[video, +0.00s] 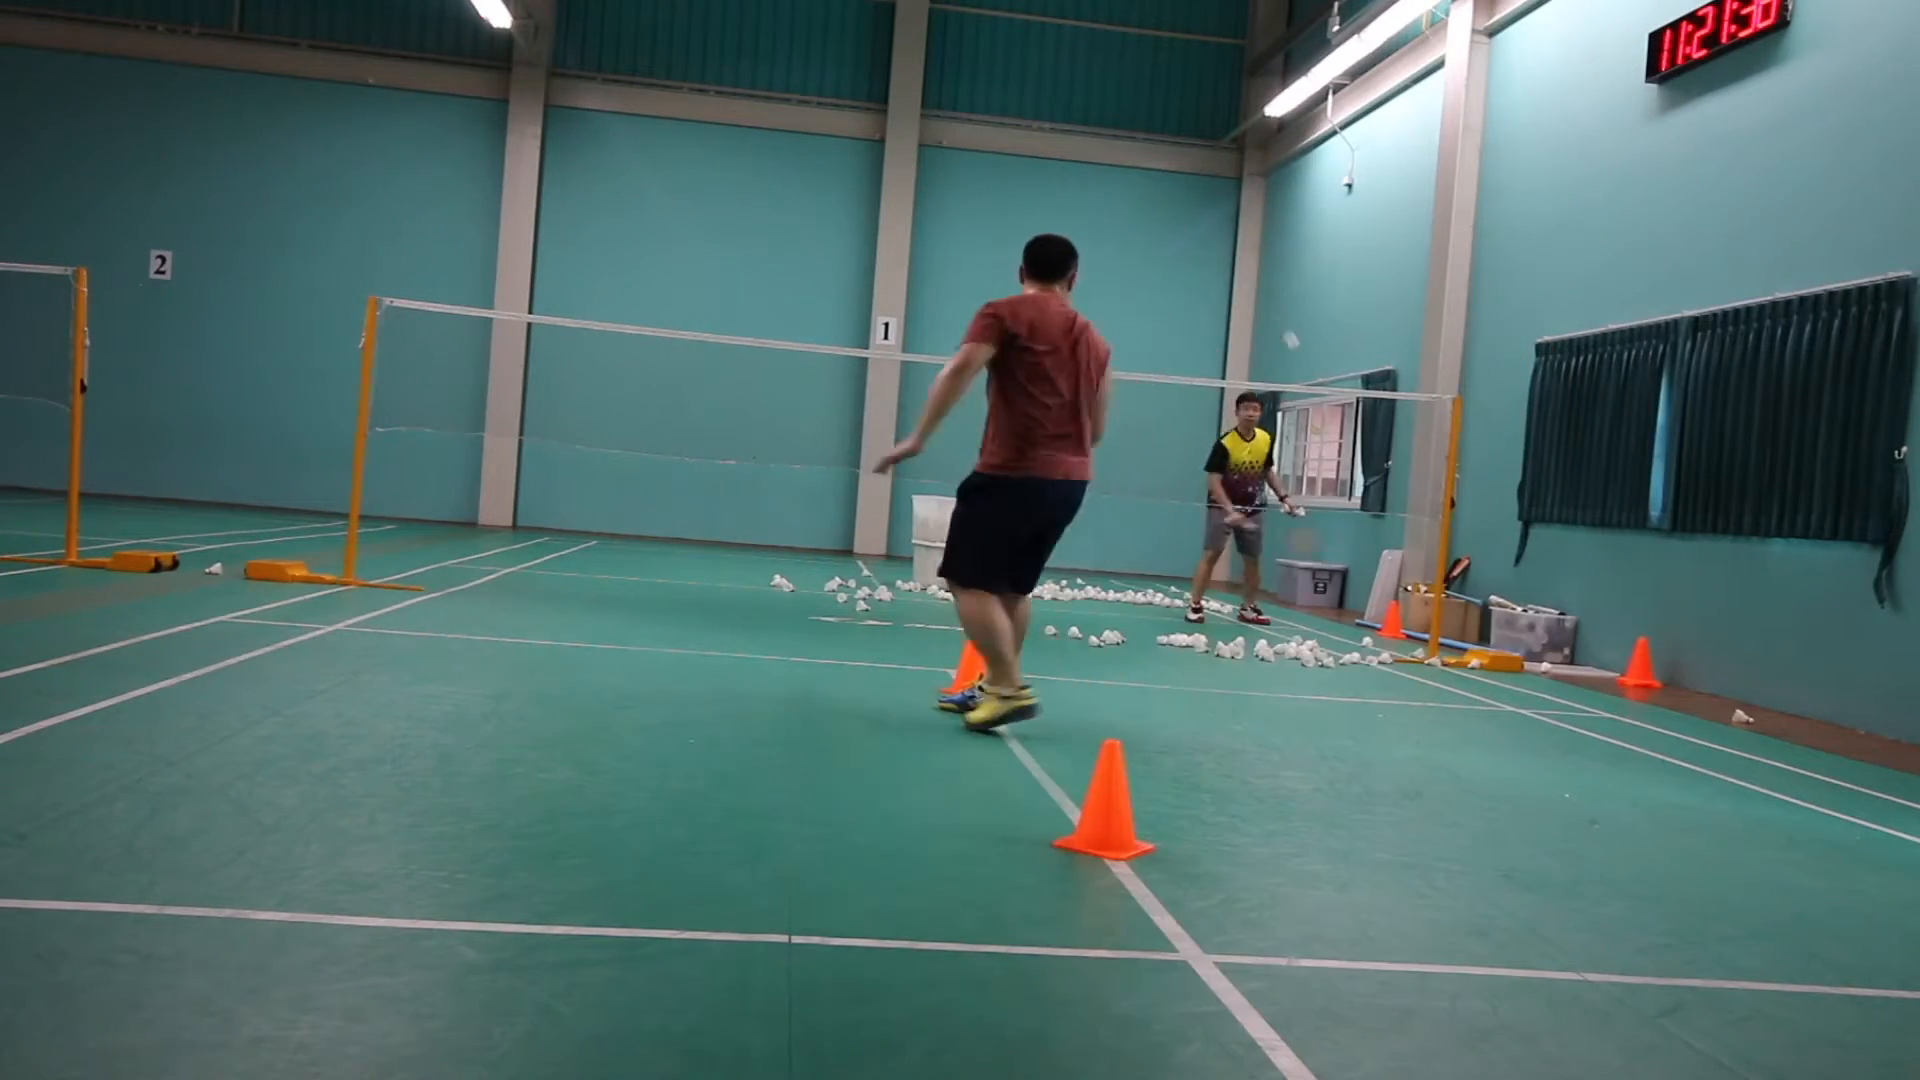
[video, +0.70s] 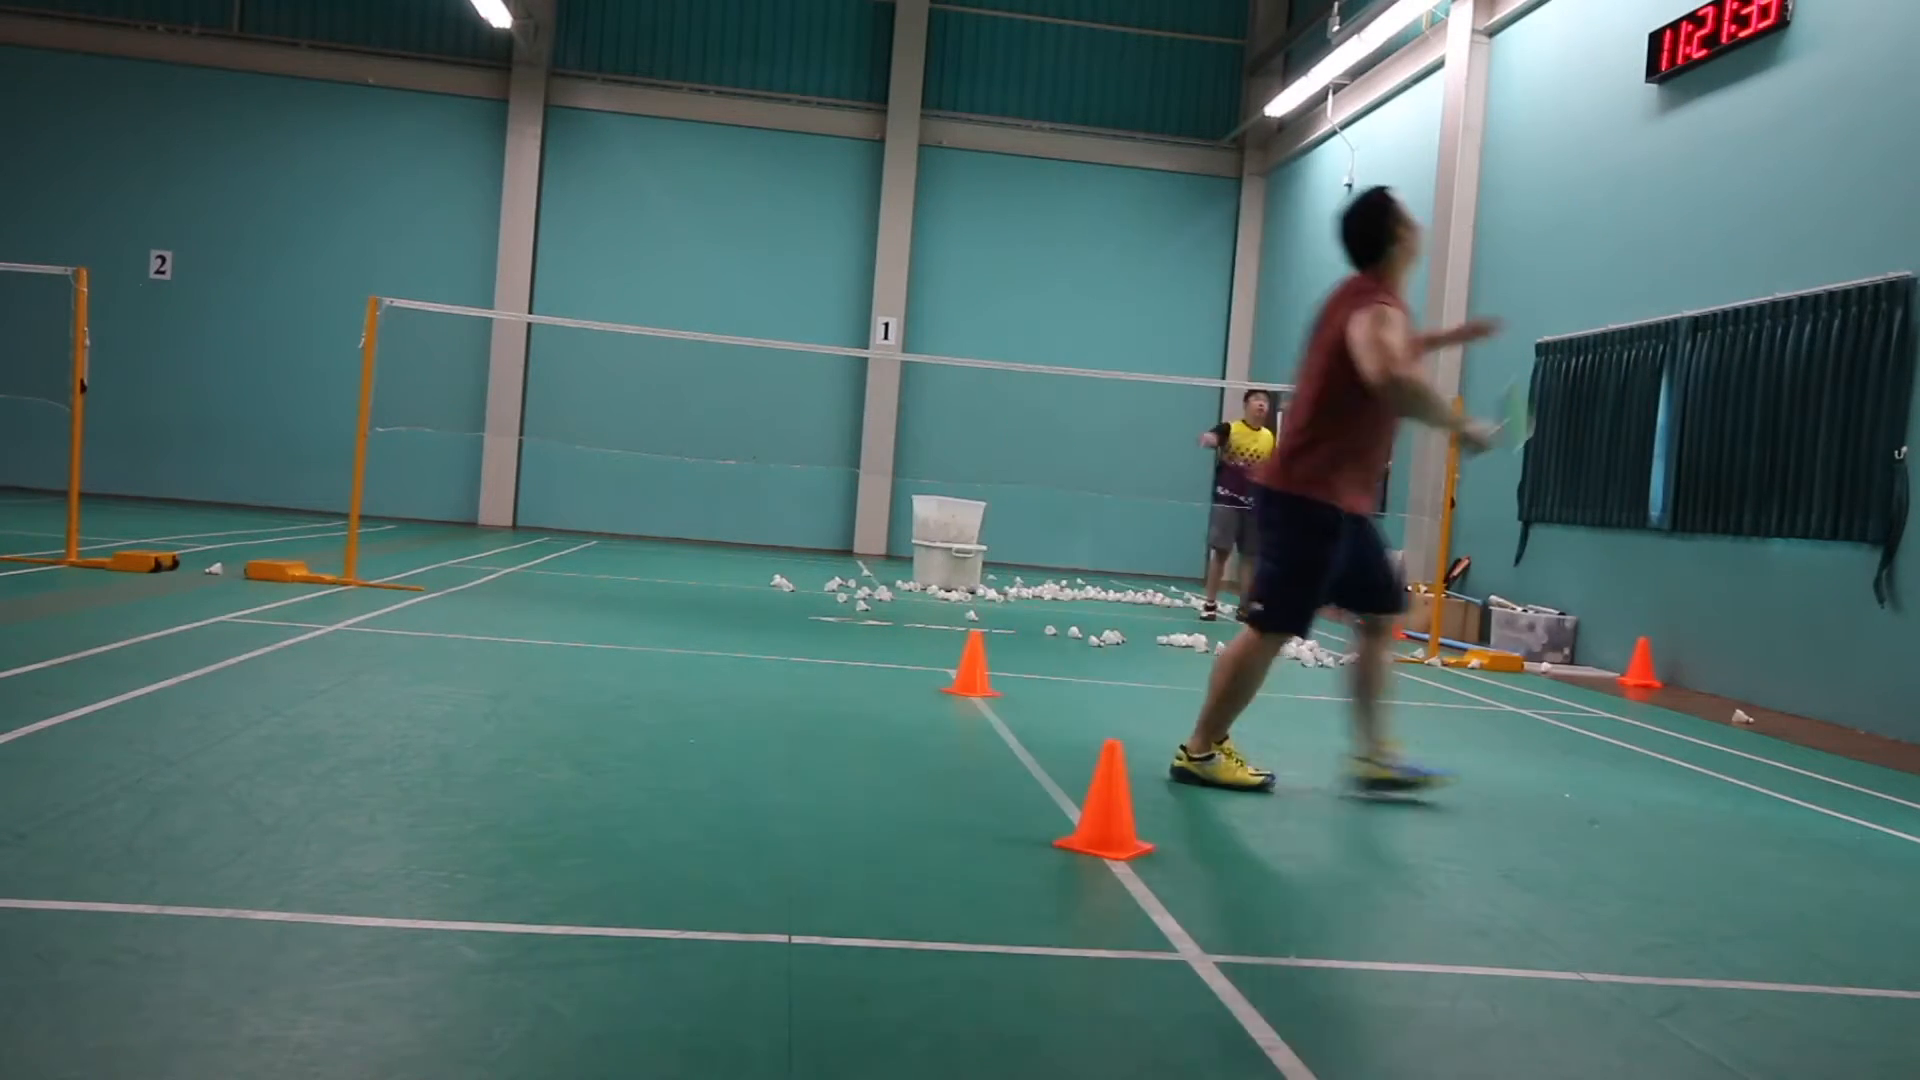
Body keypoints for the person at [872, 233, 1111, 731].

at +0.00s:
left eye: (1023, 276)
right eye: (1073, 278)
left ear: (1023, 274)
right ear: (1072, 279)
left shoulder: (1004, 313)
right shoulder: (1094, 342)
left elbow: (963, 367)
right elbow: (1096, 427)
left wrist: (919, 438)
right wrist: (1068, 454)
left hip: (1010, 474)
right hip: (1068, 480)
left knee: (967, 579)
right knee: (1016, 585)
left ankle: (1009, 687)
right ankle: (995, 688)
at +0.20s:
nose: (1098, 267)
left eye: (1095, 260)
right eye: (1098, 260)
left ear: (1043, 263)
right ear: (1090, 263)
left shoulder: (1004, 317)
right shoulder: (1116, 327)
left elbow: (960, 396)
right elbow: (1143, 405)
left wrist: (951, 465)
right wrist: (1137, 473)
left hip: (1005, 479)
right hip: (1076, 486)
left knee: (985, 592)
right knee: (1051, 588)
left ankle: (978, 706)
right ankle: (1025, 690)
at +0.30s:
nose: (1135, 253)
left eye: (1132, 244)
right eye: (1133, 245)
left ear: (1079, 251)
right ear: (1126, 250)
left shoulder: (1036, 307)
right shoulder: (1142, 316)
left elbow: (1010, 389)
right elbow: (1157, 397)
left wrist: (1030, 439)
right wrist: (1155, 474)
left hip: (1029, 473)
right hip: (1103, 480)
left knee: (1001, 592)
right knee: (1116, 593)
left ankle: (977, 706)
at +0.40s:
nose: (1175, 265)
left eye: (1170, 255)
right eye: (1171, 257)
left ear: (1118, 267)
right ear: (1164, 265)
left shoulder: (1077, 326)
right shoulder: (1171, 334)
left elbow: (1056, 405)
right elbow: (1181, 415)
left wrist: (1091, 443)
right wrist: (1204, 498)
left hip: (1057, 499)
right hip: (1135, 507)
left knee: (1016, 599)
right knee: (1188, 613)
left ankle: (978, 708)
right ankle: (1197, 733)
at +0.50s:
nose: (1255, 252)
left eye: (1250, 243)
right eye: (1251, 245)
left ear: (1195, 263)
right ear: (1241, 258)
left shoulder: (1165, 328)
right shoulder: (1240, 326)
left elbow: (1157, 414)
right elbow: (1248, 411)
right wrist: (1288, 483)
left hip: (1148, 501)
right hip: (1217, 510)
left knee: (1107, 601)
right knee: (1261, 628)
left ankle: (1012, 689)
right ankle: (1204, 748)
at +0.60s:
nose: (1327, 220)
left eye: (1321, 210)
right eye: (1319, 213)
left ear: (1266, 233)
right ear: (1307, 227)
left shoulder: (1248, 291)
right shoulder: (1297, 296)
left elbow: (1236, 384)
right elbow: (1295, 380)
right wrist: (1349, 454)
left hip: (1212, 470)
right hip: (1257, 481)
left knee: (1220, 601)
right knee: (1264, 615)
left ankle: (1137, 688)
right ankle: (1203, 747)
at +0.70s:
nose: (1418, 229)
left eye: (1412, 220)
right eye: (1409, 222)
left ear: (1365, 243)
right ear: (1395, 238)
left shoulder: (1351, 297)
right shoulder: (1376, 303)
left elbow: (1386, 357)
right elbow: (1384, 372)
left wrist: (1453, 336)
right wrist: (1457, 422)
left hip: (1328, 498)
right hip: (1310, 498)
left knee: (1380, 612)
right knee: (1272, 624)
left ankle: (1373, 757)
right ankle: (1201, 748)